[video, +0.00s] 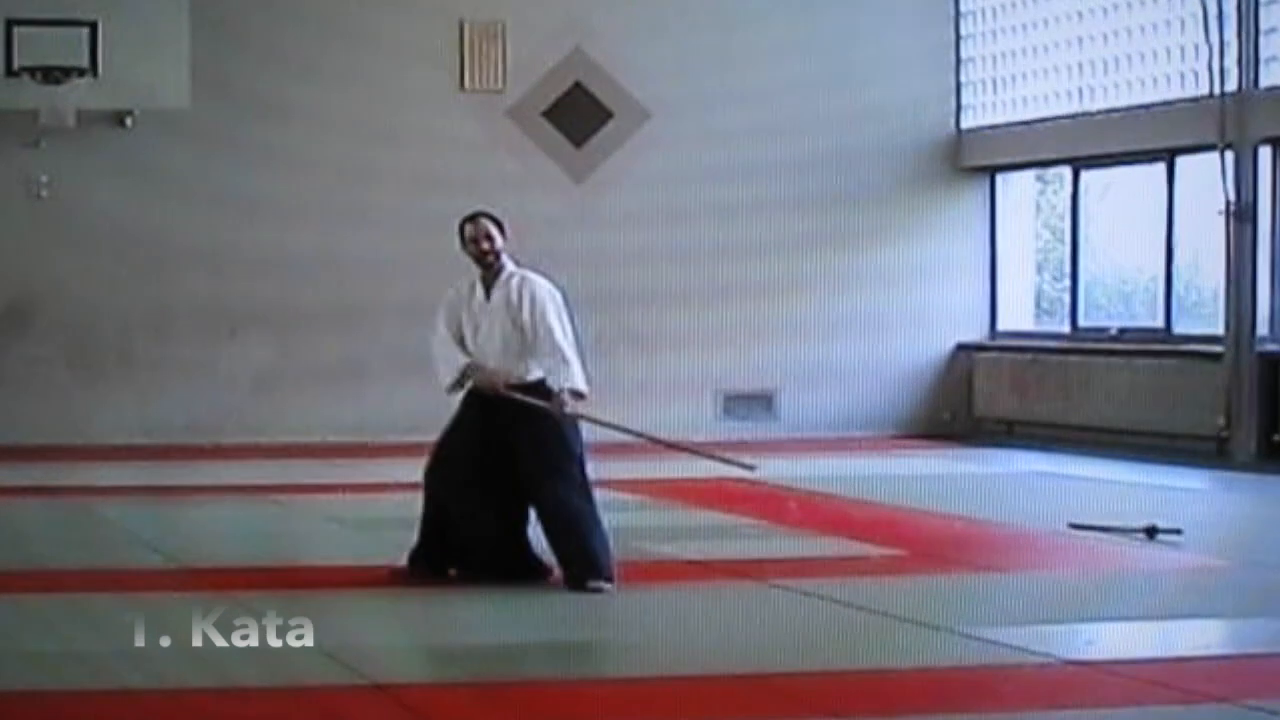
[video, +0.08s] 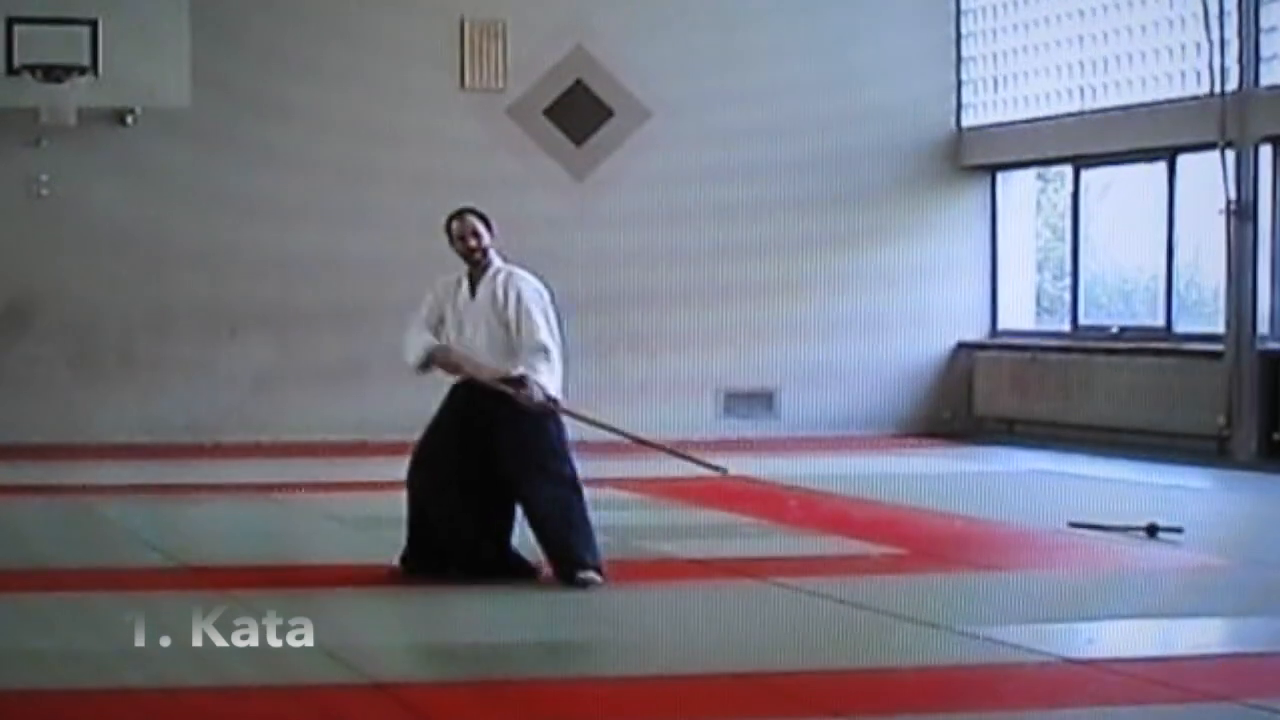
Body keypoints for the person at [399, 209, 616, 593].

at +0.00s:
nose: (483, 246)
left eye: (488, 237)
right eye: (474, 242)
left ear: (503, 239)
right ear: (466, 251)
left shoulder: (533, 289)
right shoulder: (459, 298)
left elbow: (557, 339)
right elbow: (443, 346)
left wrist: (568, 385)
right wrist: (472, 374)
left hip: (537, 396)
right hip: (484, 399)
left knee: (559, 484)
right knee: (445, 474)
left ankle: (589, 570)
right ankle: (430, 563)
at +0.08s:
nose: (470, 243)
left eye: (475, 234)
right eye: (460, 239)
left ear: (490, 236)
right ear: (453, 248)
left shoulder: (520, 286)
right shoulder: (446, 293)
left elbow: (542, 346)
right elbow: (416, 337)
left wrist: (536, 383)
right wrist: (438, 355)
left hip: (521, 397)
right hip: (470, 396)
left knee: (546, 479)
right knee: (431, 468)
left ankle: (578, 563)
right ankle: (427, 557)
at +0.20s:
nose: (448, 243)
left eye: (453, 233)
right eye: (438, 238)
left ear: (468, 234)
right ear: (432, 246)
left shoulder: (495, 282)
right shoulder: (431, 283)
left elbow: (517, 338)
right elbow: (403, 293)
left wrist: (486, 351)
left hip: (494, 390)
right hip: (449, 388)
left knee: (506, 473)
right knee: (420, 469)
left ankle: (550, 563)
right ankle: (433, 562)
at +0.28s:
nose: (439, 243)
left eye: (444, 233)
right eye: (430, 238)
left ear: (459, 232)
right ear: (424, 244)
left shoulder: (488, 282)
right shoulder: (423, 280)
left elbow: (504, 343)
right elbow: (373, 285)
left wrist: (466, 330)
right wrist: (379, 270)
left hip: (485, 389)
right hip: (439, 386)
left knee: (491, 479)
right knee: (412, 471)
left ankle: (534, 560)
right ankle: (430, 562)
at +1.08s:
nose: (484, 242)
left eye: (489, 234)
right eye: (474, 237)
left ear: (502, 236)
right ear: (466, 245)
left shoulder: (529, 281)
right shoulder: (462, 287)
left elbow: (543, 297)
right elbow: (421, 298)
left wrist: (508, 285)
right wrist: (378, 279)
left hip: (537, 390)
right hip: (487, 389)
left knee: (558, 470)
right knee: (454, 470)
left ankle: (577, 549)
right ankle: (437, 554)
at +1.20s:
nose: (509, 245)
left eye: (515, 236)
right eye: (499, 239)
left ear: (528, 238)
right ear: (490, 246)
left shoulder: (556, 289)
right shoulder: (481, 290)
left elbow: (572, 351)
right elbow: (457, 335)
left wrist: (545, 338)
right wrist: (410, 330)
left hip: (553, 395)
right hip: (503, 393)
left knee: (574, 476)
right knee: (471, 470)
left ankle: (602, 551)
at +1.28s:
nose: (524, 247)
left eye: (530, 238)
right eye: (515, 241)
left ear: (544, 241)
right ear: (506, 247)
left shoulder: (571, 289)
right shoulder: (499, 289)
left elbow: (583, 346)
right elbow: (479, 343)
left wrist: (556, 346)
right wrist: (434, 352)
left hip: (566, 398)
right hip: (516, 395)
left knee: (583, 480)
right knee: (483, 470)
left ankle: (604, 555)